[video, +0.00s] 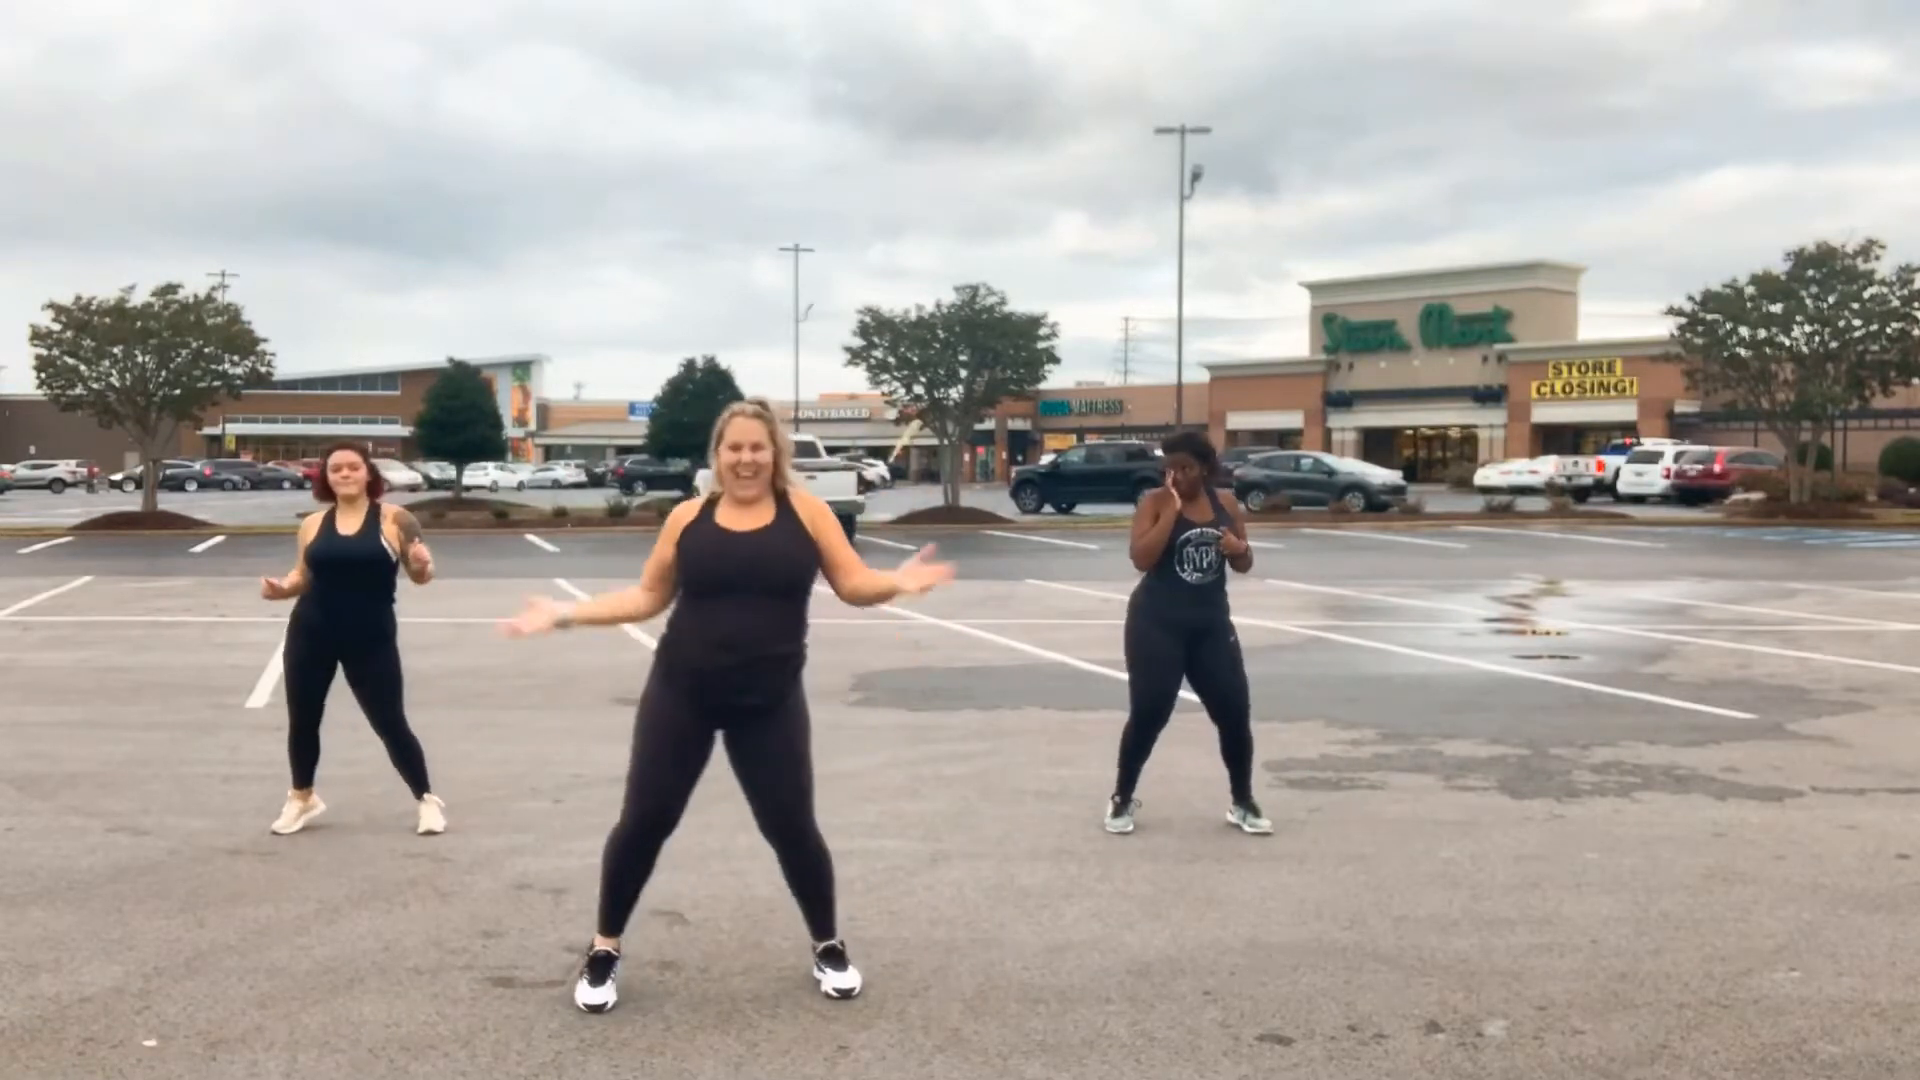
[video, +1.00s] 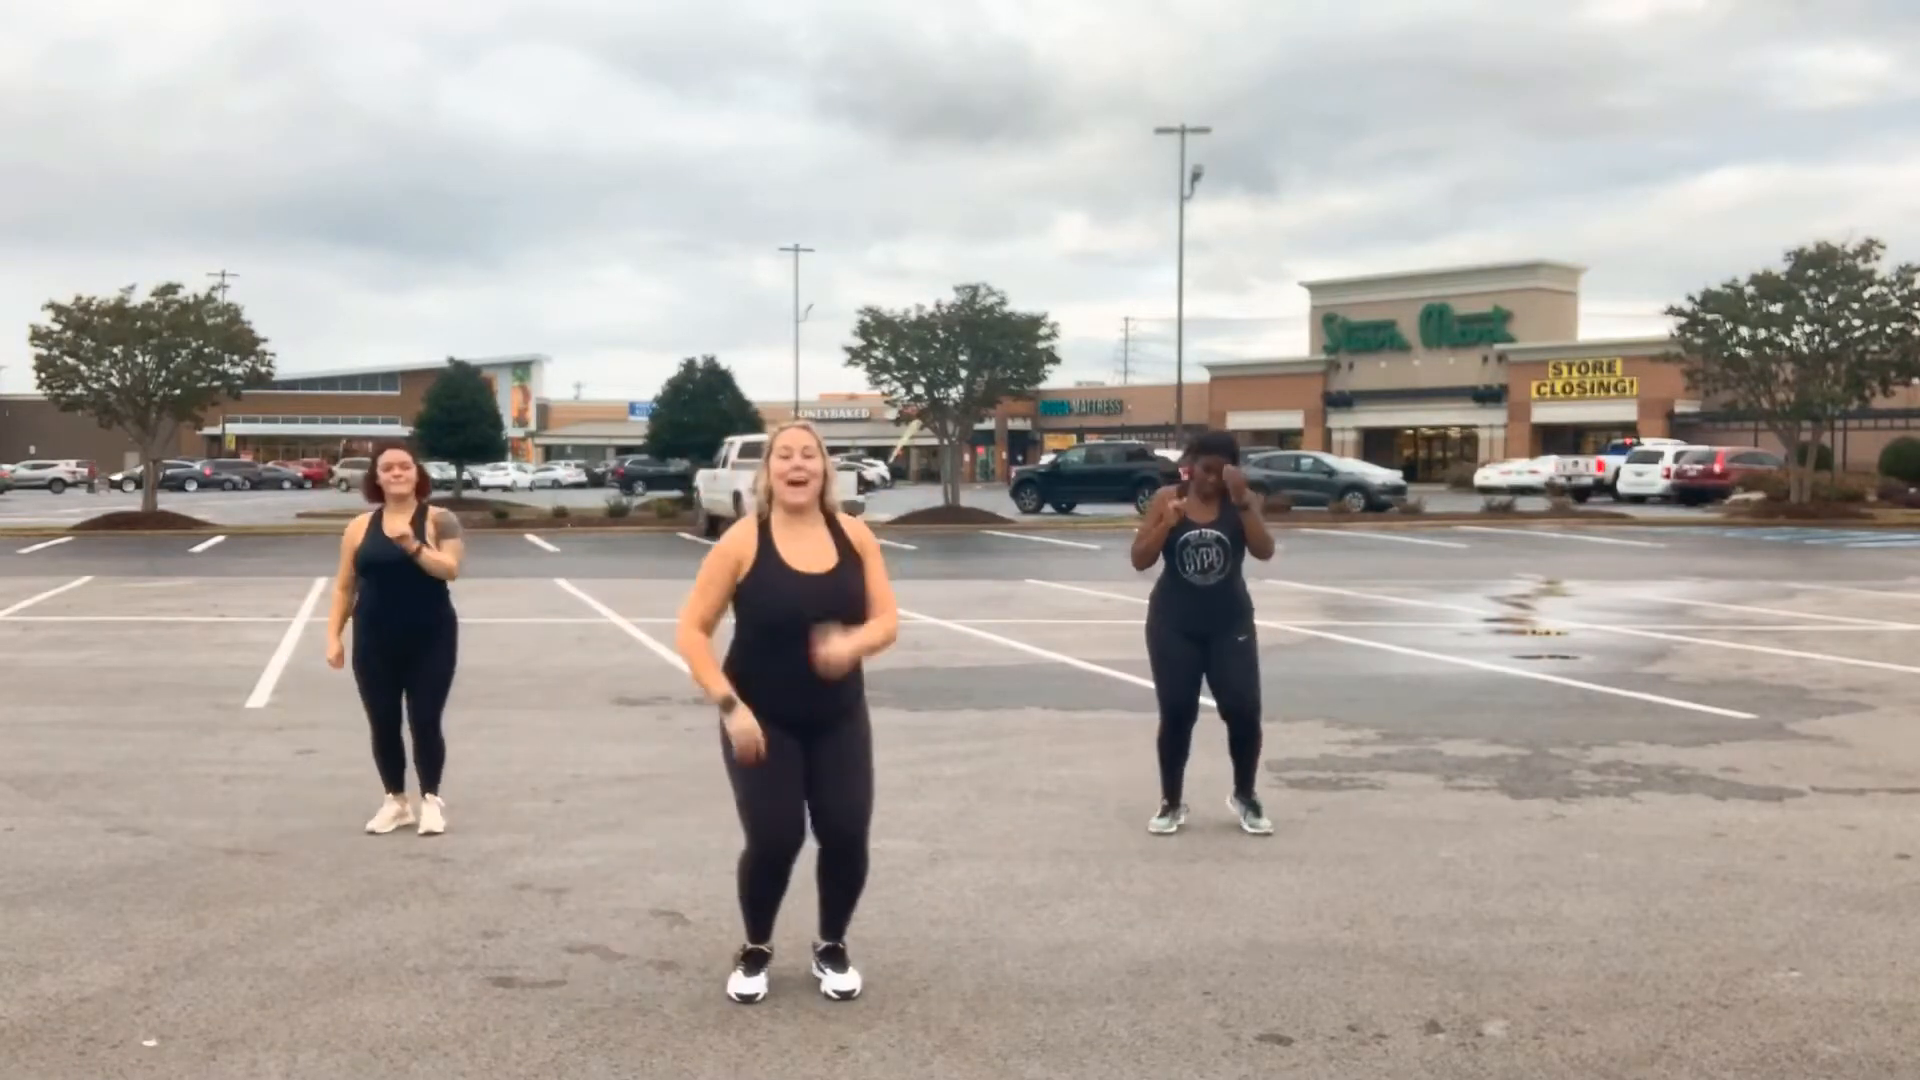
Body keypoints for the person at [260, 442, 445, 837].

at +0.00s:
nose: (346, 474)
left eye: (354, 467)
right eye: (337, 469)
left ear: (368, 475)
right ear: (327, 479)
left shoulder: (393, 519)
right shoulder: (312, 524)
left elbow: (420, 576)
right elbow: (305, 575)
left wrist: (421, 566)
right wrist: (283, 588)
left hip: (369, 638)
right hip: (312, 636)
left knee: (390, 724)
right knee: (302, 721)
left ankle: (426, 800)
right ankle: (302, 797)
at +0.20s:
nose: (345, 477)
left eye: (352, 470)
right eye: (336, 472)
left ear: (366, 477)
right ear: (324, 480)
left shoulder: (388, 523)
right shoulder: (307, 529)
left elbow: (413, 573)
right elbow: (292, 586)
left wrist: (410, 596)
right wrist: (281, 579)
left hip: (369, 640)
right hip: (311, 638)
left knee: (390, 724)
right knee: (303, 722)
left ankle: (426, 800)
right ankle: (301, 797)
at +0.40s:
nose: (354, 476)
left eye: (361, 469)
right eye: (345, 470)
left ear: (374, 477)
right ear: (332, 480)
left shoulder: (397, 524)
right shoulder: (312, 528)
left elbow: (433, 574)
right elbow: (282, 582)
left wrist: (442, 625)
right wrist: (284, 552)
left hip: (388, 642)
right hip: (331, 641)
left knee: (401, 726)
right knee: (305, 722)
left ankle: (427, 800)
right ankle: (303, 798)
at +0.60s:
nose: (369, 470)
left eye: (376, 464)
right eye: (360, 465)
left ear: (389, 472)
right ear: (347, 474)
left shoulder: (411, 515)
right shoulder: (328, 518)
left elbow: (455, 542)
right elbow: (292, 562)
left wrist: (447, 587)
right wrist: (304, 575)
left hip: (404, 636)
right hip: (351, 637)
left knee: (407, 720)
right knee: (327, 722)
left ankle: (427, 801)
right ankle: (307, 798)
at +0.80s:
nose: (385, 468)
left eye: (392, 461)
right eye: (377, 462)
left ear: (406, 469)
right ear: (364, 472)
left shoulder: (428, 515)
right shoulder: (348, 522)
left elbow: (469, 560)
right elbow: (331, 578)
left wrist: (446, 558)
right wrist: (335, 626)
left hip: (424, 633)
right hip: (369, 634)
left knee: (420, 718)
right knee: (354, 715)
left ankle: (429, 799)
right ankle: (354, 793)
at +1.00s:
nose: (397, 474)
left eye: (404, 467)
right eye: (388, 469)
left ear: (418, 474)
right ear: (377, 479)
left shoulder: (440, 519)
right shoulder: (359, 527)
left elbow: (449, 567)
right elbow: (344, 586)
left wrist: (415, 548)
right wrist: (334, 635)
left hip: (430, 640)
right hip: (375, 640)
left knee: (425, 721)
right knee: (383, 724)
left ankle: (429, 798)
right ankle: (395, 799)